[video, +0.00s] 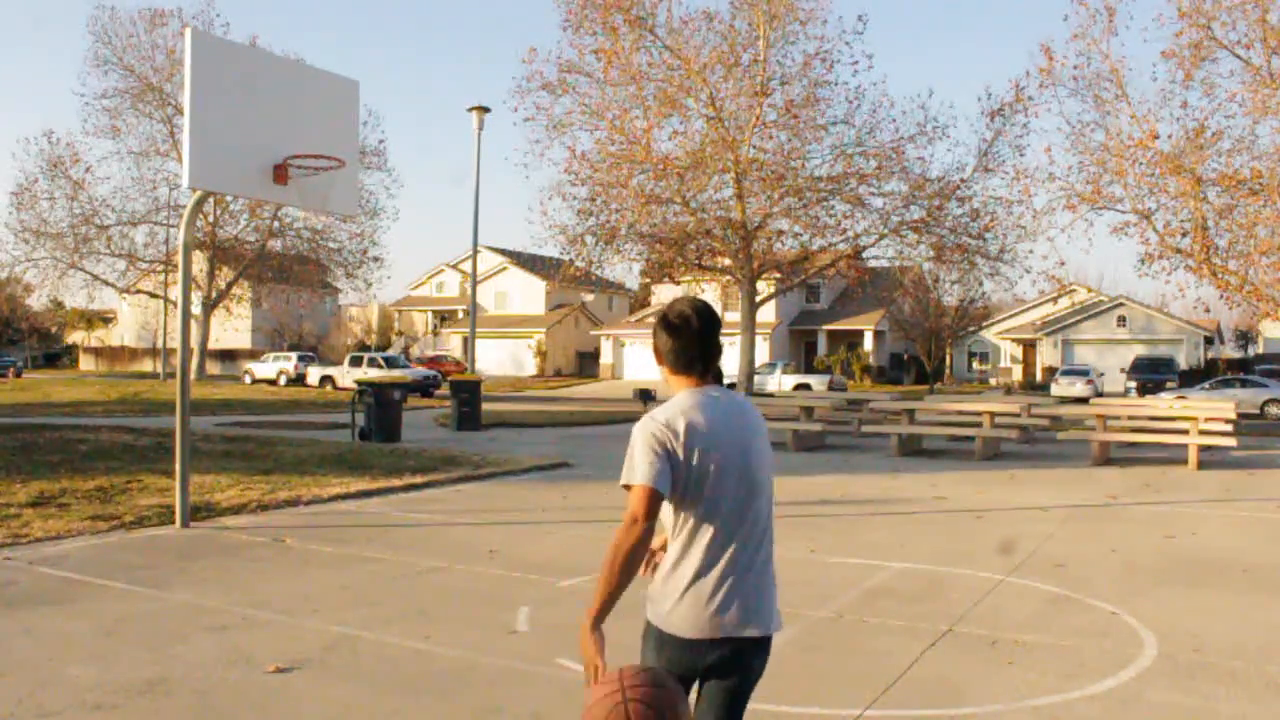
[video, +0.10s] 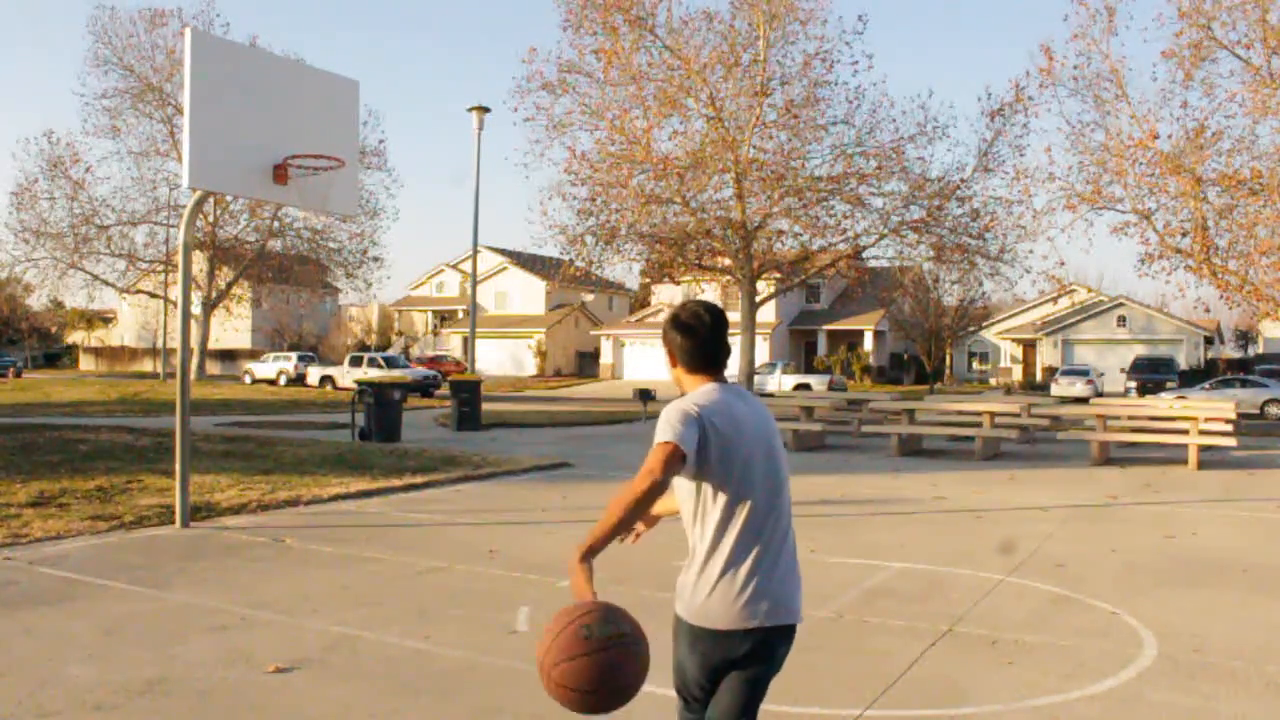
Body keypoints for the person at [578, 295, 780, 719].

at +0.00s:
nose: (655, 355)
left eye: (655, 347)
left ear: (658, 356)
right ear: (717, 350)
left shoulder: (660, 425)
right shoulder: (750, 415)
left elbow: (639, 523)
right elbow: (738, 505)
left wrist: (594, 620)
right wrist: (675, 541)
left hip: (682, 624)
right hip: (751, 625)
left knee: (654, 714)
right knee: (718, 714)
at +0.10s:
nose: (664, 361)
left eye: (664, 351)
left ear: (671, 357)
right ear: (725, 351)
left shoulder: (687, 411)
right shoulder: (756, 408)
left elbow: (653, 480)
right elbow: (729, 485)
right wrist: (658, 510)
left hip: (711, 615)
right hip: (775, 614)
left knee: (694, 708)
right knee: (733, 712)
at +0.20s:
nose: (677, 365)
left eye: (678, 353)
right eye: (677, 354)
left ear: (693, 355)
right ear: (735, 354)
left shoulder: (705, 413)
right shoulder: (768, 406)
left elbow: (671, 473)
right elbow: (738, 480)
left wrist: (619, 536)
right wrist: (673, 512)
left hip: (740, 606)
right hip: (803, 603)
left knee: (728, 710)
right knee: (769, 714)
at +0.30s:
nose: (686, 383)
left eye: (689, 369)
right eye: (685, 371)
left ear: (717, 366)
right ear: (725, 364)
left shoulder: (720, 426)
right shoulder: (781, 415)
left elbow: (717, 529)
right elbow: (771, 507)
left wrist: (672, 617)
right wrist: (707, 546)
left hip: (756, 612)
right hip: (820, 608)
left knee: (746, 710)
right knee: (808, 713)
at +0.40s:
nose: (691, 398)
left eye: (693, 385)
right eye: (687, 388)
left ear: (729, 374)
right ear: (730, 375)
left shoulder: (734, 440)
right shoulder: (790, 415)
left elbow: (746, 546)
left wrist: (722, 618)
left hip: (784, 614)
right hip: (840, 604)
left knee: (749, 698)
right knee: (812, 696)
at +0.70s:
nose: (696, 474)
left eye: (705, 461)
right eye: (691, 462)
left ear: (741, 456)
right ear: (688, 459)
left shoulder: (755, 515)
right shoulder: (779, 485)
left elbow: (790, 620)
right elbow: (828, 571)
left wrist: (748, 624)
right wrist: (861, 627)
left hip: (815, 662)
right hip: (849, 646)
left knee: (712, 712)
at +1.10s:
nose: (420, 492)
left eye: (429, 476)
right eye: (415, 479)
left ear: (475, 465)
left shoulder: (517, 531)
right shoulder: (504, 499)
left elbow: (492, 672)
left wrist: (440, 718)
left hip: (622, 665)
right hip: (571, 652)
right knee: (529, 713)